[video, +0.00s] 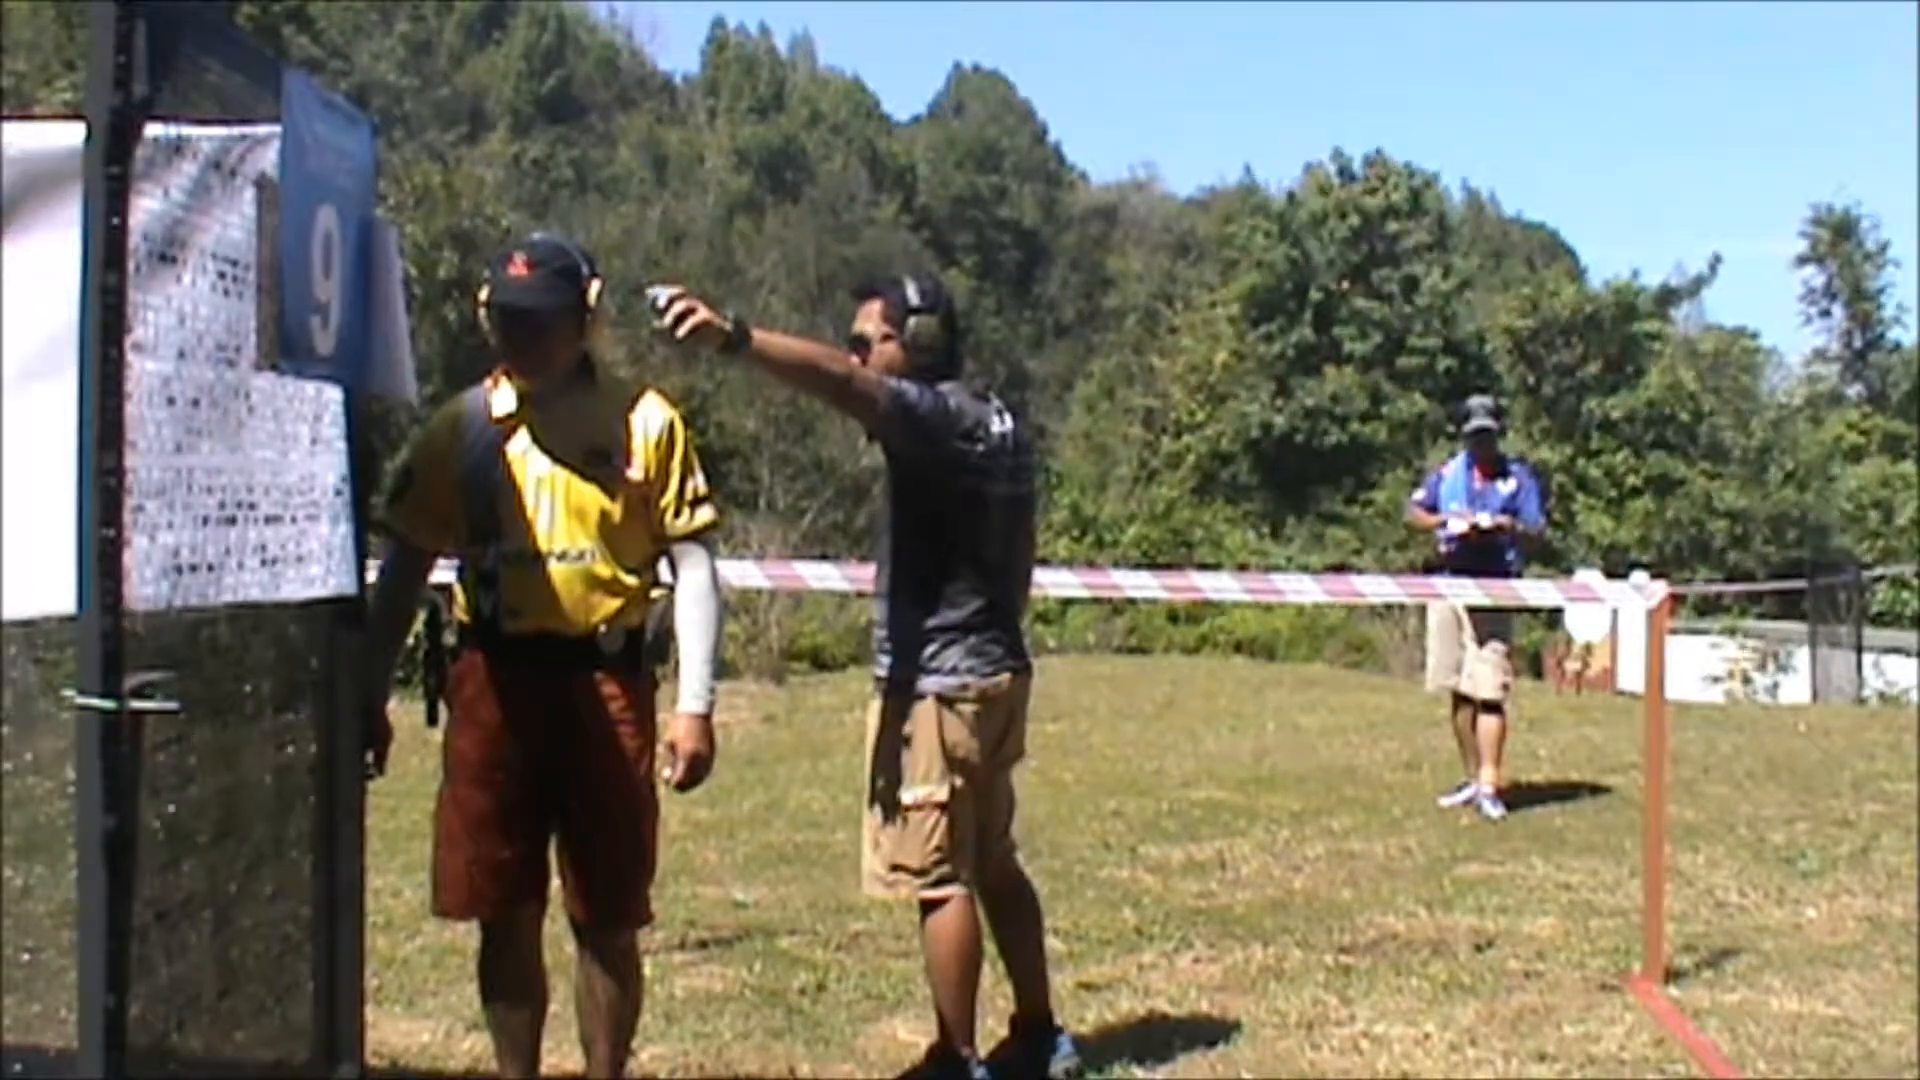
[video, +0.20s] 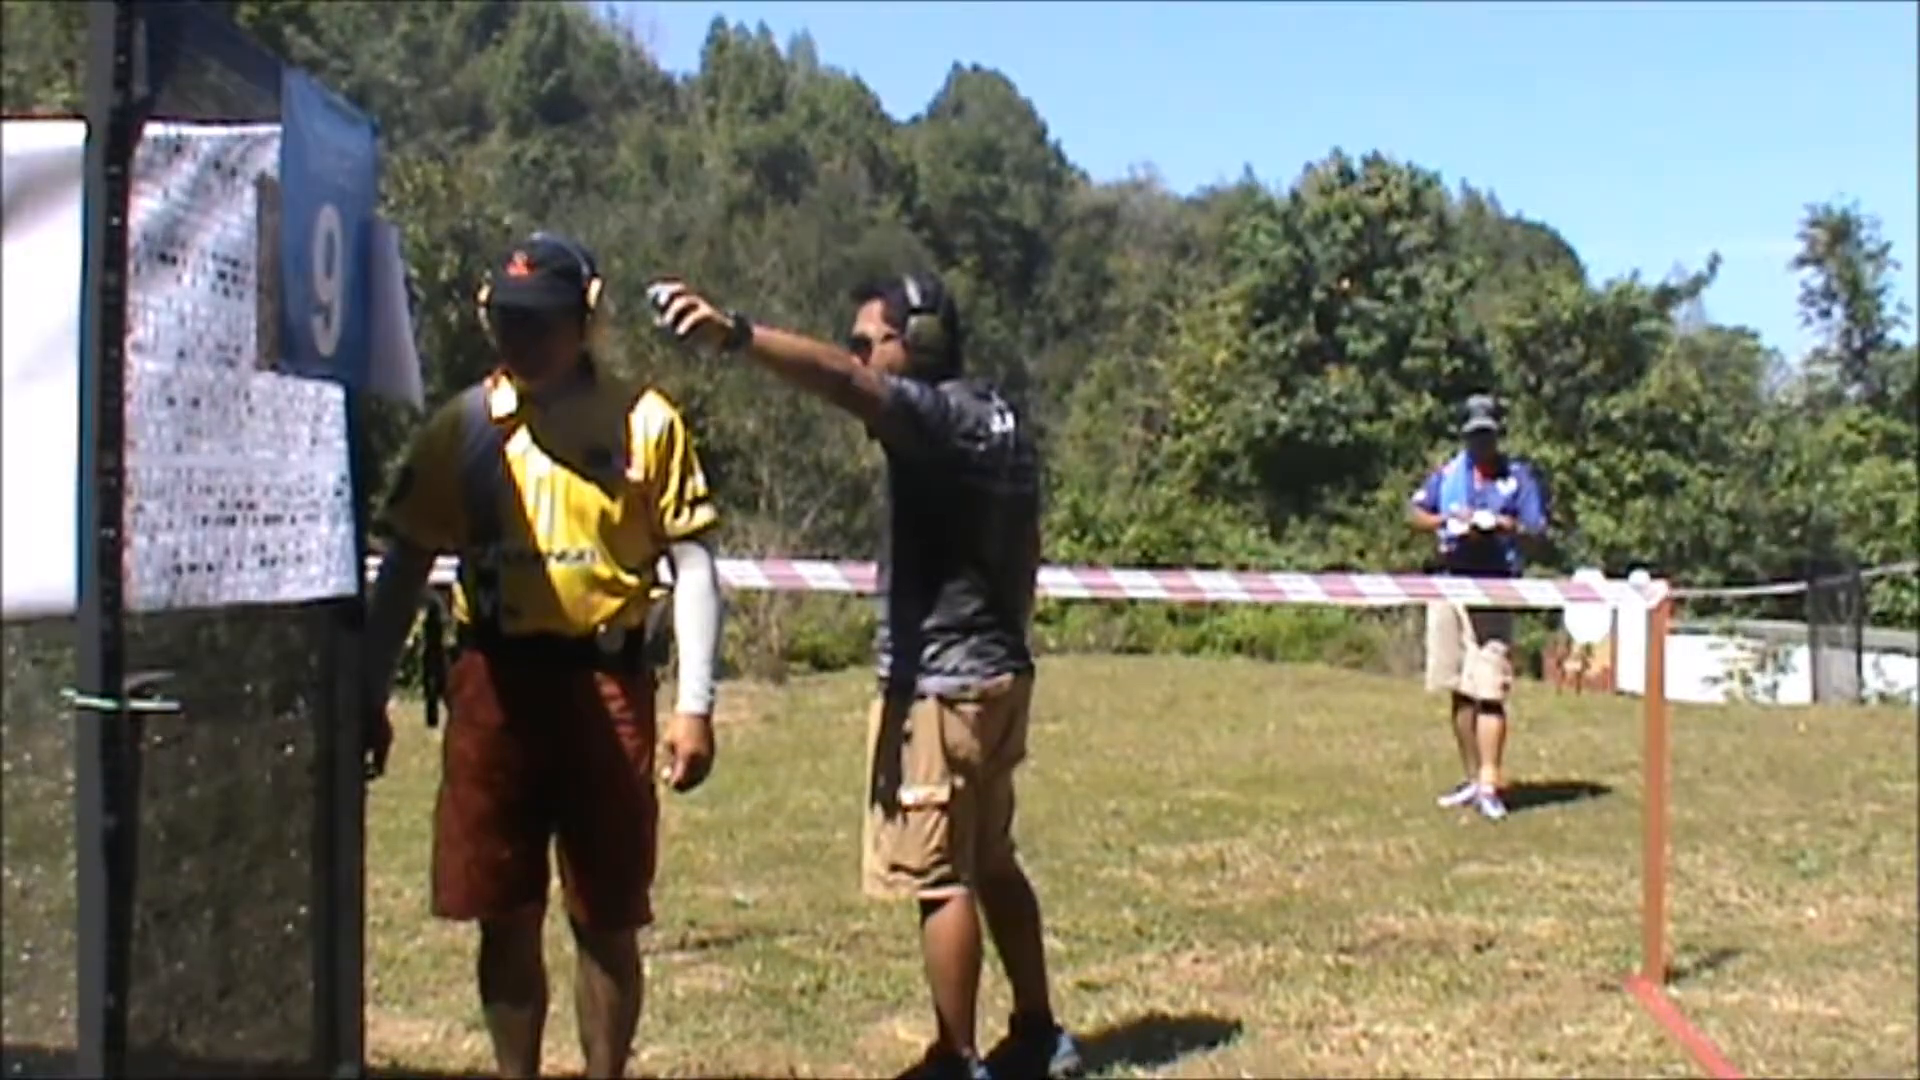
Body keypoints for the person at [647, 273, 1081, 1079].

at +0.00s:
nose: (855, 357)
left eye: (868, 342)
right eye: (856, 341)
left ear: (919, 344)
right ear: (937, 347)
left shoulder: (932, 414)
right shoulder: (1001, 421)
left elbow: (842, 379)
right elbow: (1014, 560)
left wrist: (734, 335)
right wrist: (993, 643)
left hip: (941, 676)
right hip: (996, 670)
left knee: (939, 876)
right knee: (994, 865)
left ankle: (953, 1054)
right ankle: (1038, 1029)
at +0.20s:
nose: (858, 358)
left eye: (869, 343)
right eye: (858, 343)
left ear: (918, 342)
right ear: (938, 344)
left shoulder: (932, 412)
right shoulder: (1000, 416)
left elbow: (846, 379)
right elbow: (1023, 553)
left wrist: (736, 332)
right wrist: (1005, 646)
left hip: (944, 676)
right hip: (998, 670)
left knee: (939, 877)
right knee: (993, 865)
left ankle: (953, 1055)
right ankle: (1038, 1029)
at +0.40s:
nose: (859, 358)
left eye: (868, 344)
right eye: (858, 344)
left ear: (916, 343)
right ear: (940, 344)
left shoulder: (931, 412)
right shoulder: (1004, 417)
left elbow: (844, 380)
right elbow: (1026, 560)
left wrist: (730, 339)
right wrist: (1006, 648)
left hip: (947, 676)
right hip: (1003, 671)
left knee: (938, 876)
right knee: (994, 866)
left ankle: (954, 1055)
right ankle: (1037, 1029)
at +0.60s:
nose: (859, 359)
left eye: (869, 344)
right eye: (858, 344)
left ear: (918, 341)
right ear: (941, 343)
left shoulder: (931, 411)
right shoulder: (1006, 418)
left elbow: (844, 380)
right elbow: (1032, 556)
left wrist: (729, 338)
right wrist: (1016, 650)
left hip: (949, 679)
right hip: (1005, 672)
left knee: (939, 876)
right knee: (994, 866)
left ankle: (954, 1055)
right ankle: (1037, 1029)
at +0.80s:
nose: (863, 360)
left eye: (872, 344)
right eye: (860, 344)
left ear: (919, 341)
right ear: (945, 342)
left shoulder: (930, 411)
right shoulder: (1012, 419)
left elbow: (845, 380)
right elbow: (1036, 555)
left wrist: (727, 338)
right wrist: (1020, 647)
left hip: (950, 678)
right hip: (1009, 671)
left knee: (942, 876)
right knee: (996, 867)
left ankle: (955, 1055)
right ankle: (1037, 1028)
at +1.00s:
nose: (867, 360)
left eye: (876, 344)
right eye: (864, 344)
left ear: (921, 340)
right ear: (947, 342)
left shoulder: (932, 410)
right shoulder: (1013, 418)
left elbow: (852, 382)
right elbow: (1040, 549)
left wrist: (732, 338)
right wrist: (1024, 641)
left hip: (955, 677)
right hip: (1015, 670)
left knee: (945, 876)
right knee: (1002, 868)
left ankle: (953, 1054)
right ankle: (1036, 1027)